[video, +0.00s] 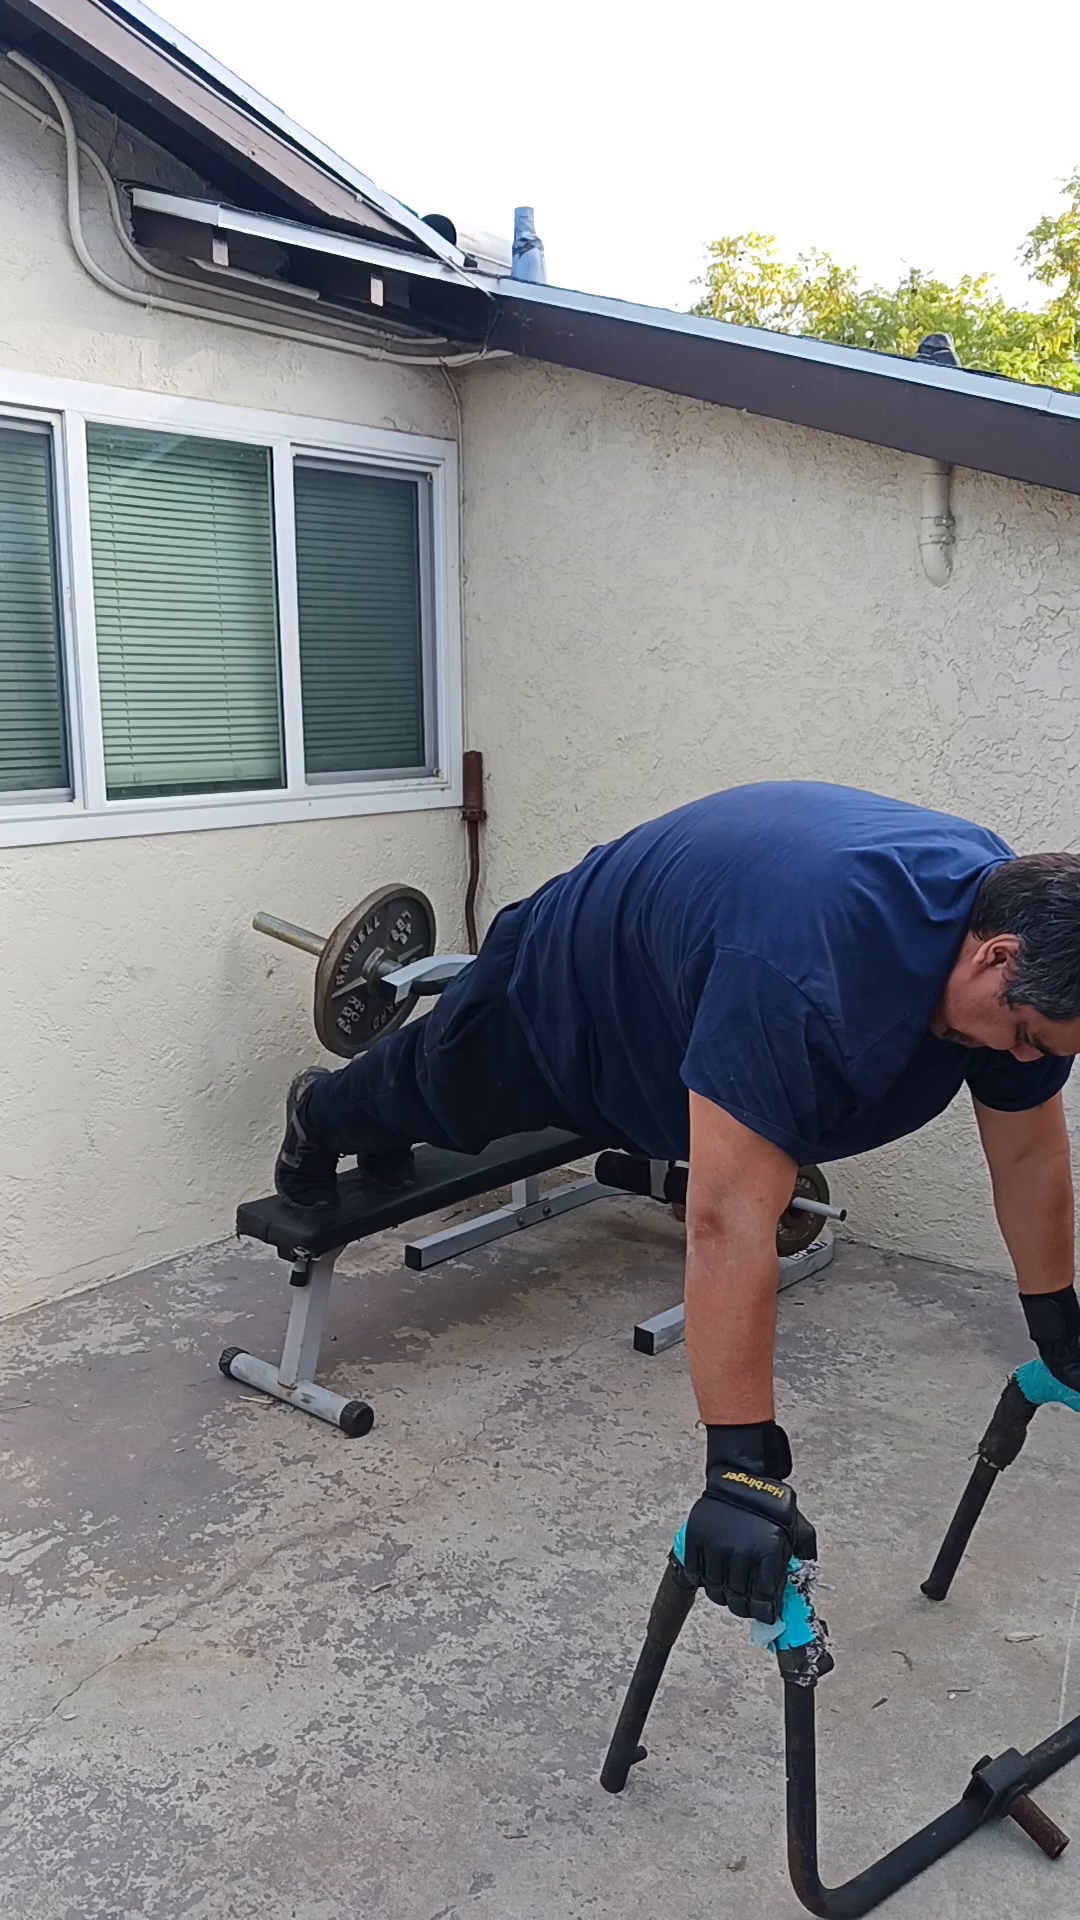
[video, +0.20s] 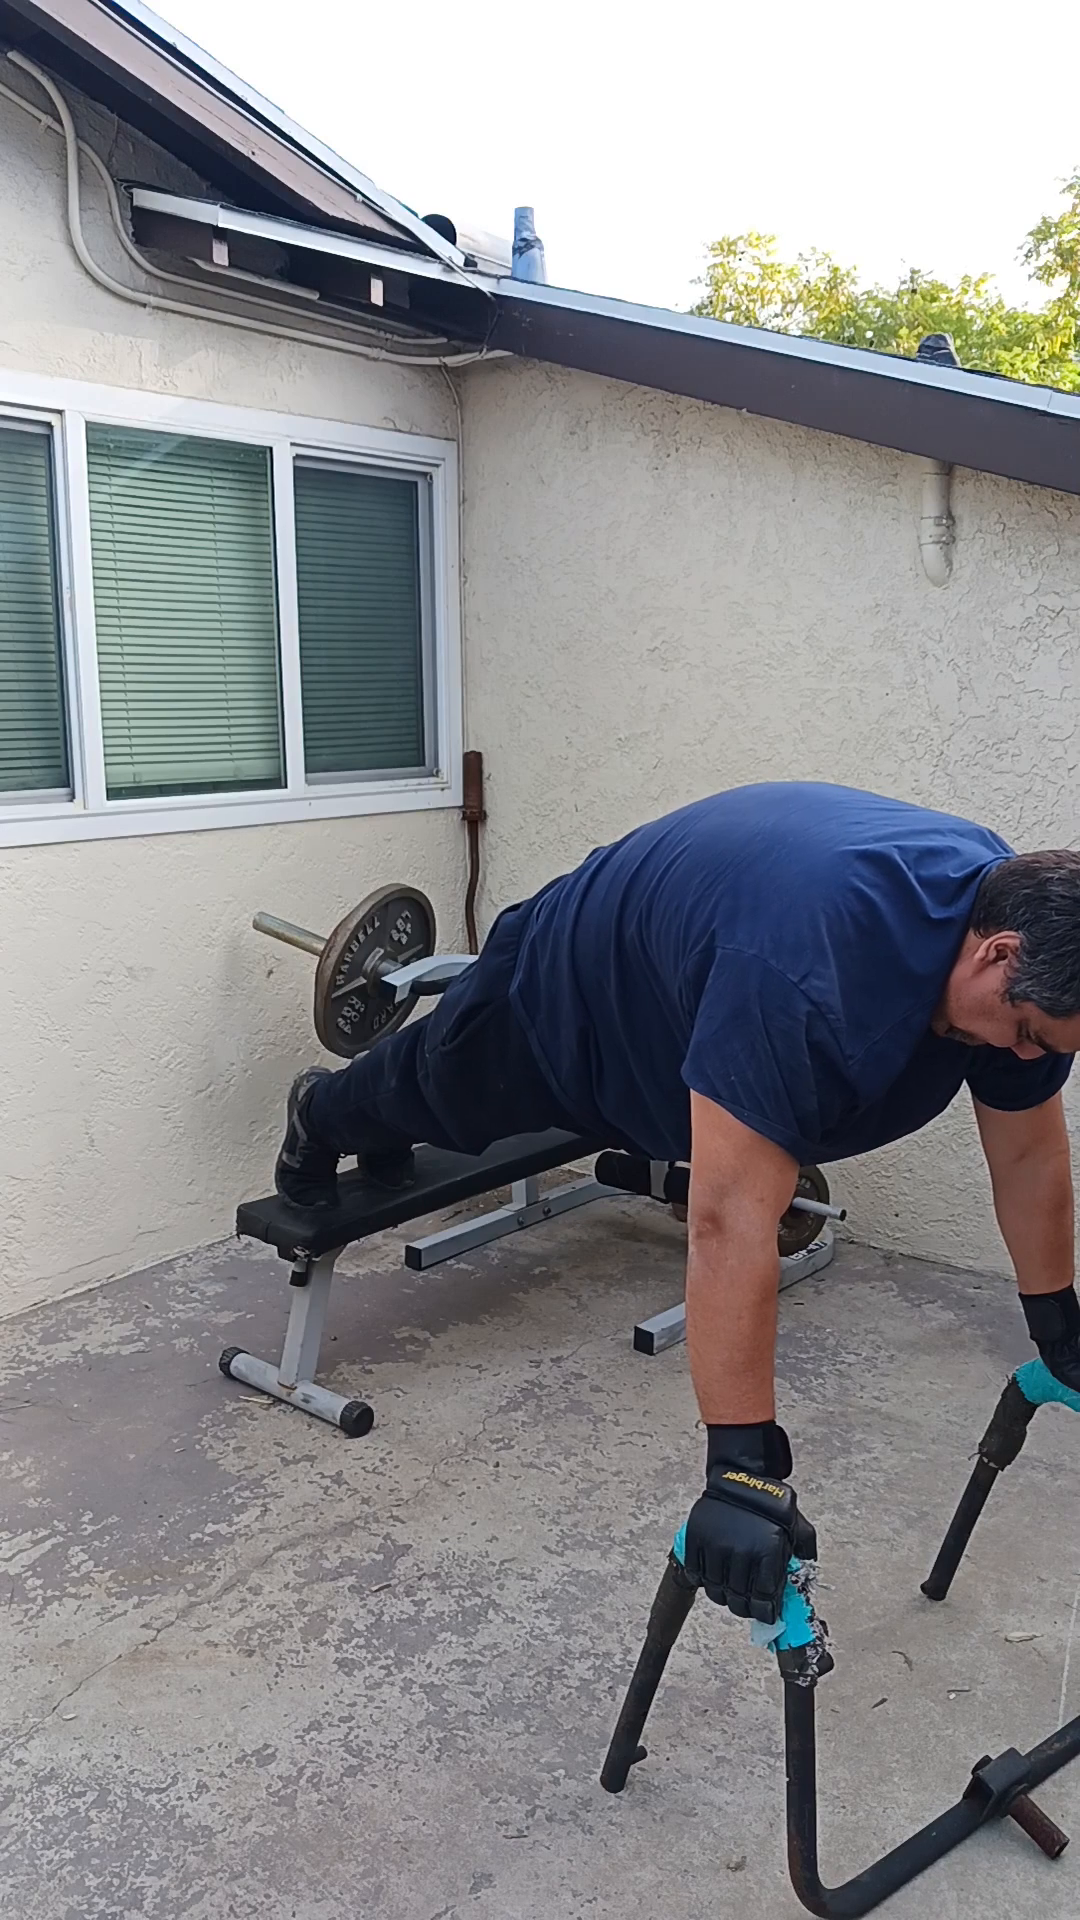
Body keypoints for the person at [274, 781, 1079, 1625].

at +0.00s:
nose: (1041, 1064)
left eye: (1056, 1050)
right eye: (1040, 1041)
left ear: (1004, 950)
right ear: (991, 963)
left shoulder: (1018, 941)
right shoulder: (802, 955)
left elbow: (1031, 1154)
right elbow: (725, 1220)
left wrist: (1056, 1324)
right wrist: (743, 1468)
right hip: (569, 981)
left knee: (495, 1078)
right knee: (429, 1077)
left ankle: (389, 1122)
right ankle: (319, 1115)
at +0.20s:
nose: (1044, 1056)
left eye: (1057, 1043)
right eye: (1040, 1033)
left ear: (1007, 948)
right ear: (992, 960)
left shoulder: (1022, 952)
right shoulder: (804, 956)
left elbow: (1031, 1153)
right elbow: (728, 1217)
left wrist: (1056, 1323)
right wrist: (743, 1468)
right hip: (571, 981)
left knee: (492, 1083)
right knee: (429, 1076)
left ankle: (387, 1122)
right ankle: (320, 1112)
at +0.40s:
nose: (1042, 1052)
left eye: (1057, 1039)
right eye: (1040, 1029)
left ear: (1014, 945)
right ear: (996, 952)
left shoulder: (1024, 960)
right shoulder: (811, 949)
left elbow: (1034, 1155)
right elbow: (730, 1218)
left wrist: (1056, 1324)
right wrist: (744, 1470)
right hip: (570, 986)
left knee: (491, 1086)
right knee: (429, 1077)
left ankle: (386, 1123)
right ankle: (319, 1112)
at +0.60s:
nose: (1045, 1054)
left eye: (1058, 1040)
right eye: (1042, 1030)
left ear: (1014, 947)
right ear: (997, 954)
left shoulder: (1028, 965)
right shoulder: (809, 954)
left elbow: (1035, 1158)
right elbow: (729, 1218)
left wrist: (1057, 1322)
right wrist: (744, 1467)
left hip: (684, 1003)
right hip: (570, 989)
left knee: (496, 1093)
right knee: (429, 1082)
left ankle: (389, 1126)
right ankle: (318, 1113)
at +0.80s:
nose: (1040, 1053)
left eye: (1056, 1040)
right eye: (1038, 1030)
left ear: (1013, 946)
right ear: (994, 953)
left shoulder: (1026, 962)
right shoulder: (809, 953)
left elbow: (1035, 1160)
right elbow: (728, 1217)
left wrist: (1057, 1323)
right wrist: (743, 1467)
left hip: (683, 998)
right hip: (570, 986)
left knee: (495, 1090)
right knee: (429, 1080)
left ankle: (388, 1124)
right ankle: (319, 1113)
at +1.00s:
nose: (1041, 1052)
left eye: (1056, 1040)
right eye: (1038, 1029)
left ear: (1013, 946)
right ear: (994, 953)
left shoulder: (1028, 964)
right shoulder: (810, 951)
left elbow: (1036, 1159)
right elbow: (727, 1218)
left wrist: (1058, 1325)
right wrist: (743, 1469)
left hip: (700, 997)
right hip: (573, 987)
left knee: (499, 1089)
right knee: (430, 1082)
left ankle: (390, 1123)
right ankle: (319, 1113)